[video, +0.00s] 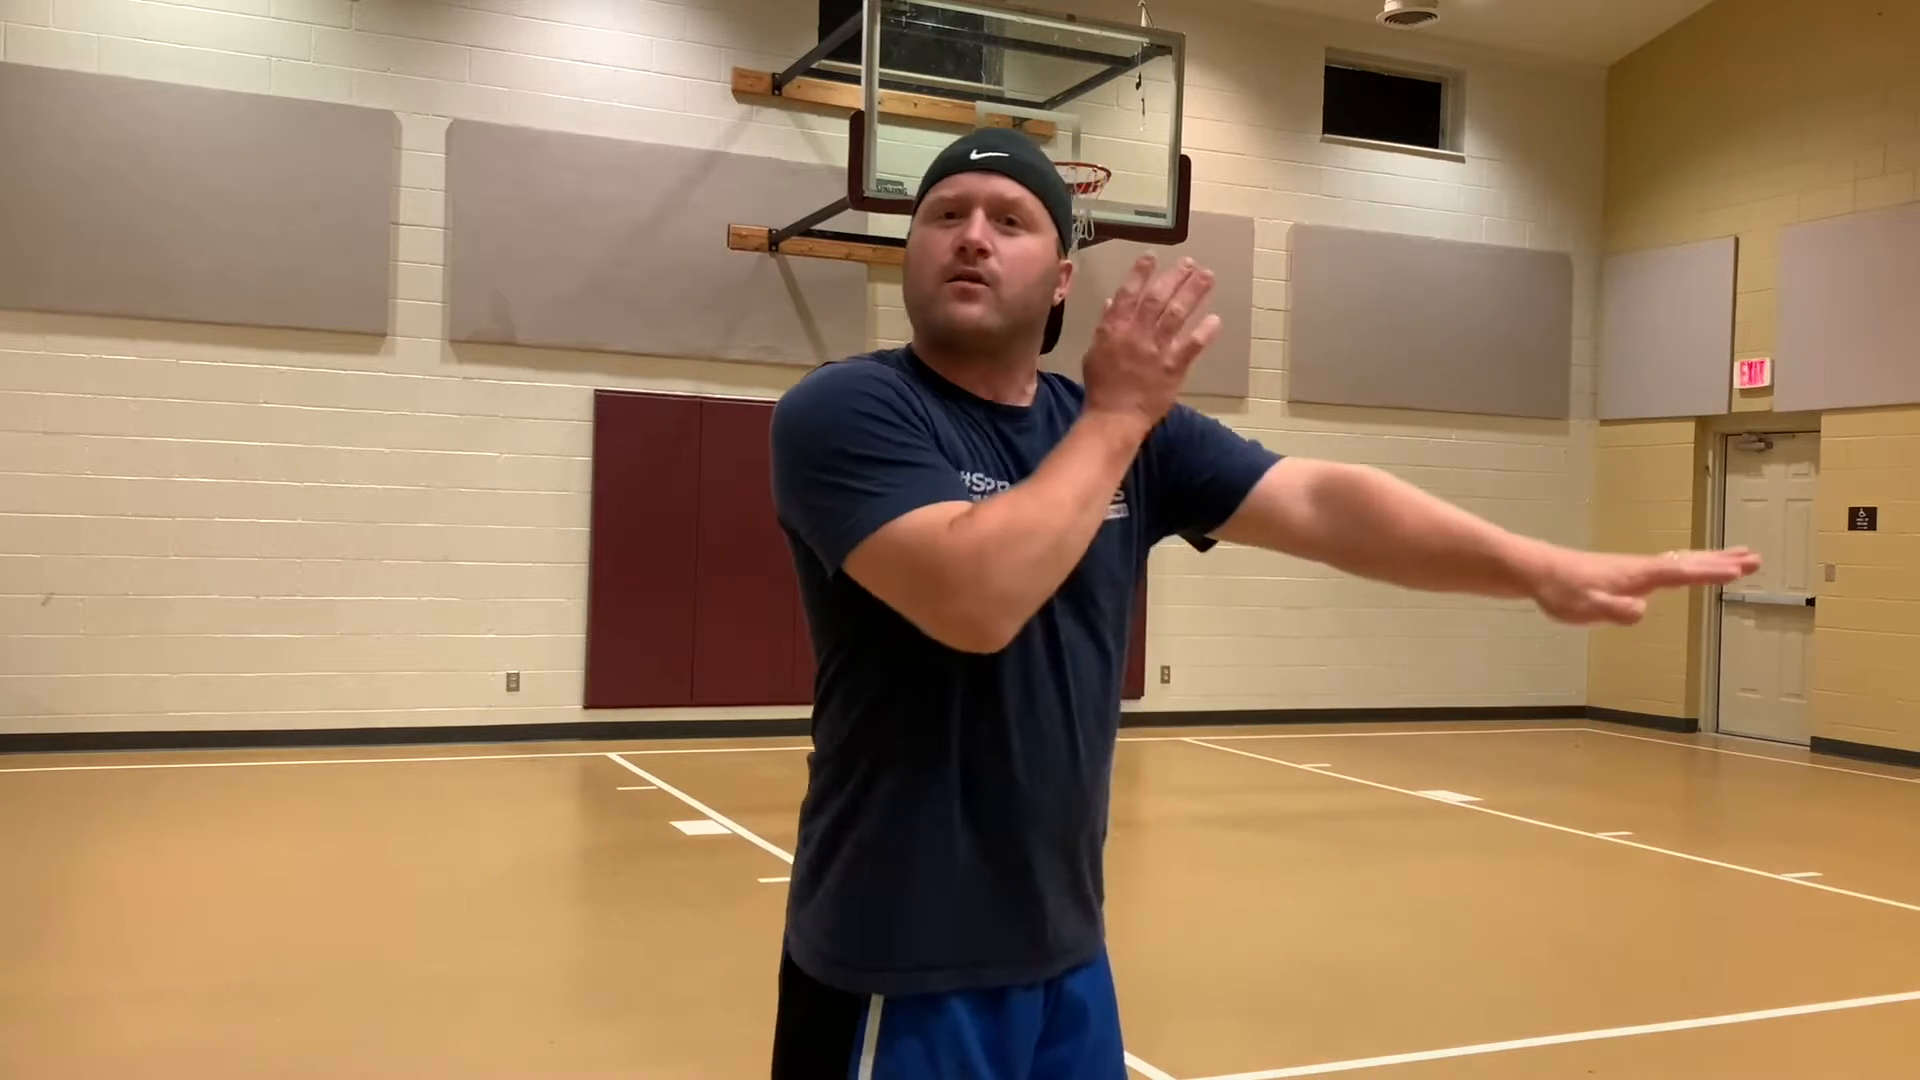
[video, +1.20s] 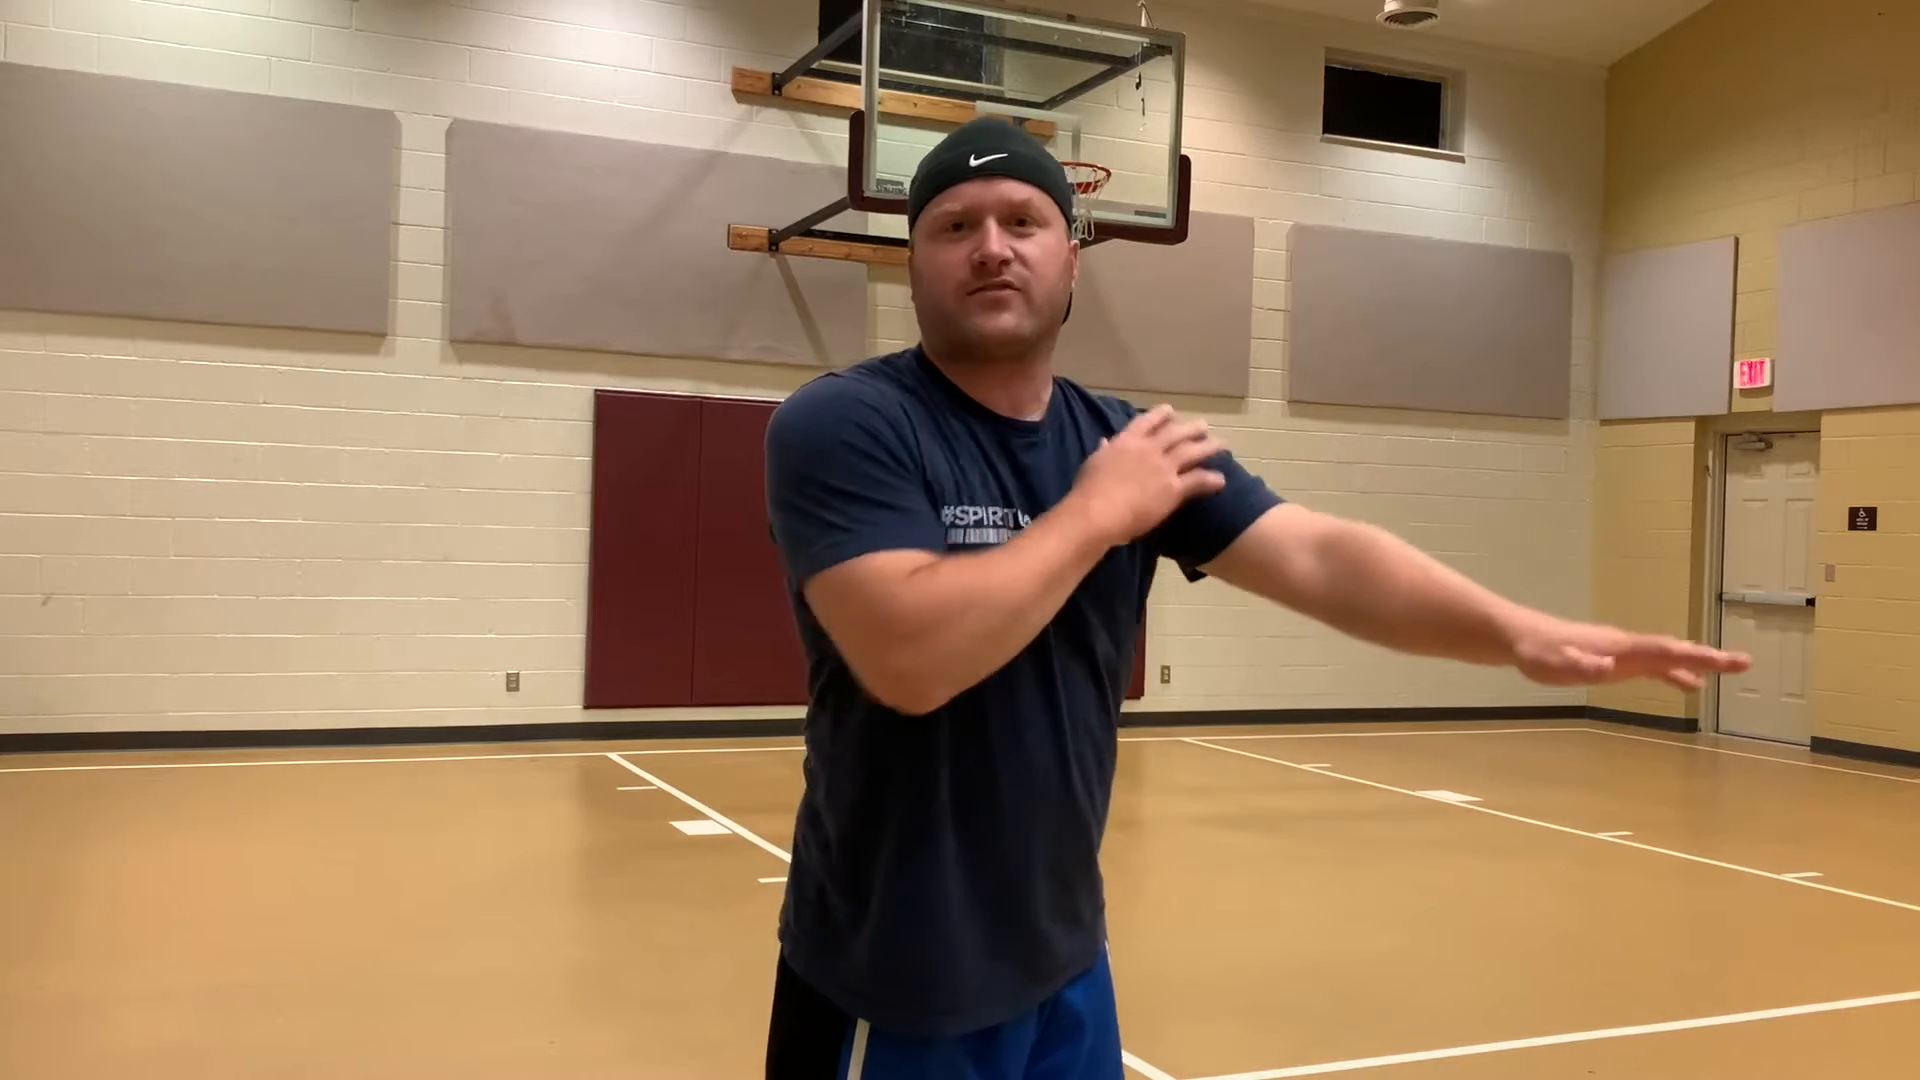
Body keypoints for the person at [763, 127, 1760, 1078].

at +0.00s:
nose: (968, 238)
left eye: (1007, 222)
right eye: (944, 217)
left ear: (1063, 275)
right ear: (903, 259)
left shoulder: (1111, 422)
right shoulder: (840, 413)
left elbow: (1319, 507)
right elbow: (975, 601)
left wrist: (1540, 568)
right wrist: (1115, 414)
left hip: (1061, 948)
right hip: (888, 962)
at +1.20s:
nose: (992, 247)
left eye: (1022, 223)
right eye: (959, 227)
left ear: (1072, 258)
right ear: (912, 266)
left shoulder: (1122, 440)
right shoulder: (839, 426)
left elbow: (1321, 557)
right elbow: (908, 657)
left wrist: (1515, 630)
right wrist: (1096, 511)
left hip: (1059, 951)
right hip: (885, 969)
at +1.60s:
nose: (1018, 239)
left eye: (1053, 221)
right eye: (988, 213)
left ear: (1099, 270)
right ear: (937, 254)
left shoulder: (1151, 456)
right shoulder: (830, 455)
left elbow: (1226, 641)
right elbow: (742, 683)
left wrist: (1364, 800)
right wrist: (845, 859)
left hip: (1080, 976)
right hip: (896, 996)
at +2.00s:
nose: (1051, 253)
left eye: (1089, 240)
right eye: (1023, 223)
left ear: (1123, 296)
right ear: (967, 256)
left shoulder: (1149, 467)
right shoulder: (835, 460)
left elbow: (1176, 675)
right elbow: (756, 704)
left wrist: (1220, 870)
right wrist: (797, 963)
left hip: (1074, 983)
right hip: (886, 1005)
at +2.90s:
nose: (1018, 254)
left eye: (1053, 234)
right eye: (984, 227)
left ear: (1093, 284)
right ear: (928, 267)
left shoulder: (1128, 461)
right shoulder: (816, 474)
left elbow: (1158, 668)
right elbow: (740, 726)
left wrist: (1203, 851)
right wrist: (759, 987)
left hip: (1066, 979)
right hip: (879, 1006)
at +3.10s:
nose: (1012, 246)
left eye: (1046, 226)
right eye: (977, 222)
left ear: (1088, 277)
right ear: (923, 266)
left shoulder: (1125, 458)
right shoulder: (814, 472)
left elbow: (1157, 662)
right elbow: (738, 720)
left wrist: (1210, 848)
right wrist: (751, 985)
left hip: (1066, 981)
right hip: (878, 1007)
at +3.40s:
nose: (1009, 268)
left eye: (1044, 243)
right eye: (977, 238)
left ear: (1089, 281)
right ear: (924, 266)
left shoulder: (1125, 459)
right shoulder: (812, 479)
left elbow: (1156, 659)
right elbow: (738, 731)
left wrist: (1208, 845)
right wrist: (755, 994)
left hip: (1066, 986)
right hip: (876, 1012)